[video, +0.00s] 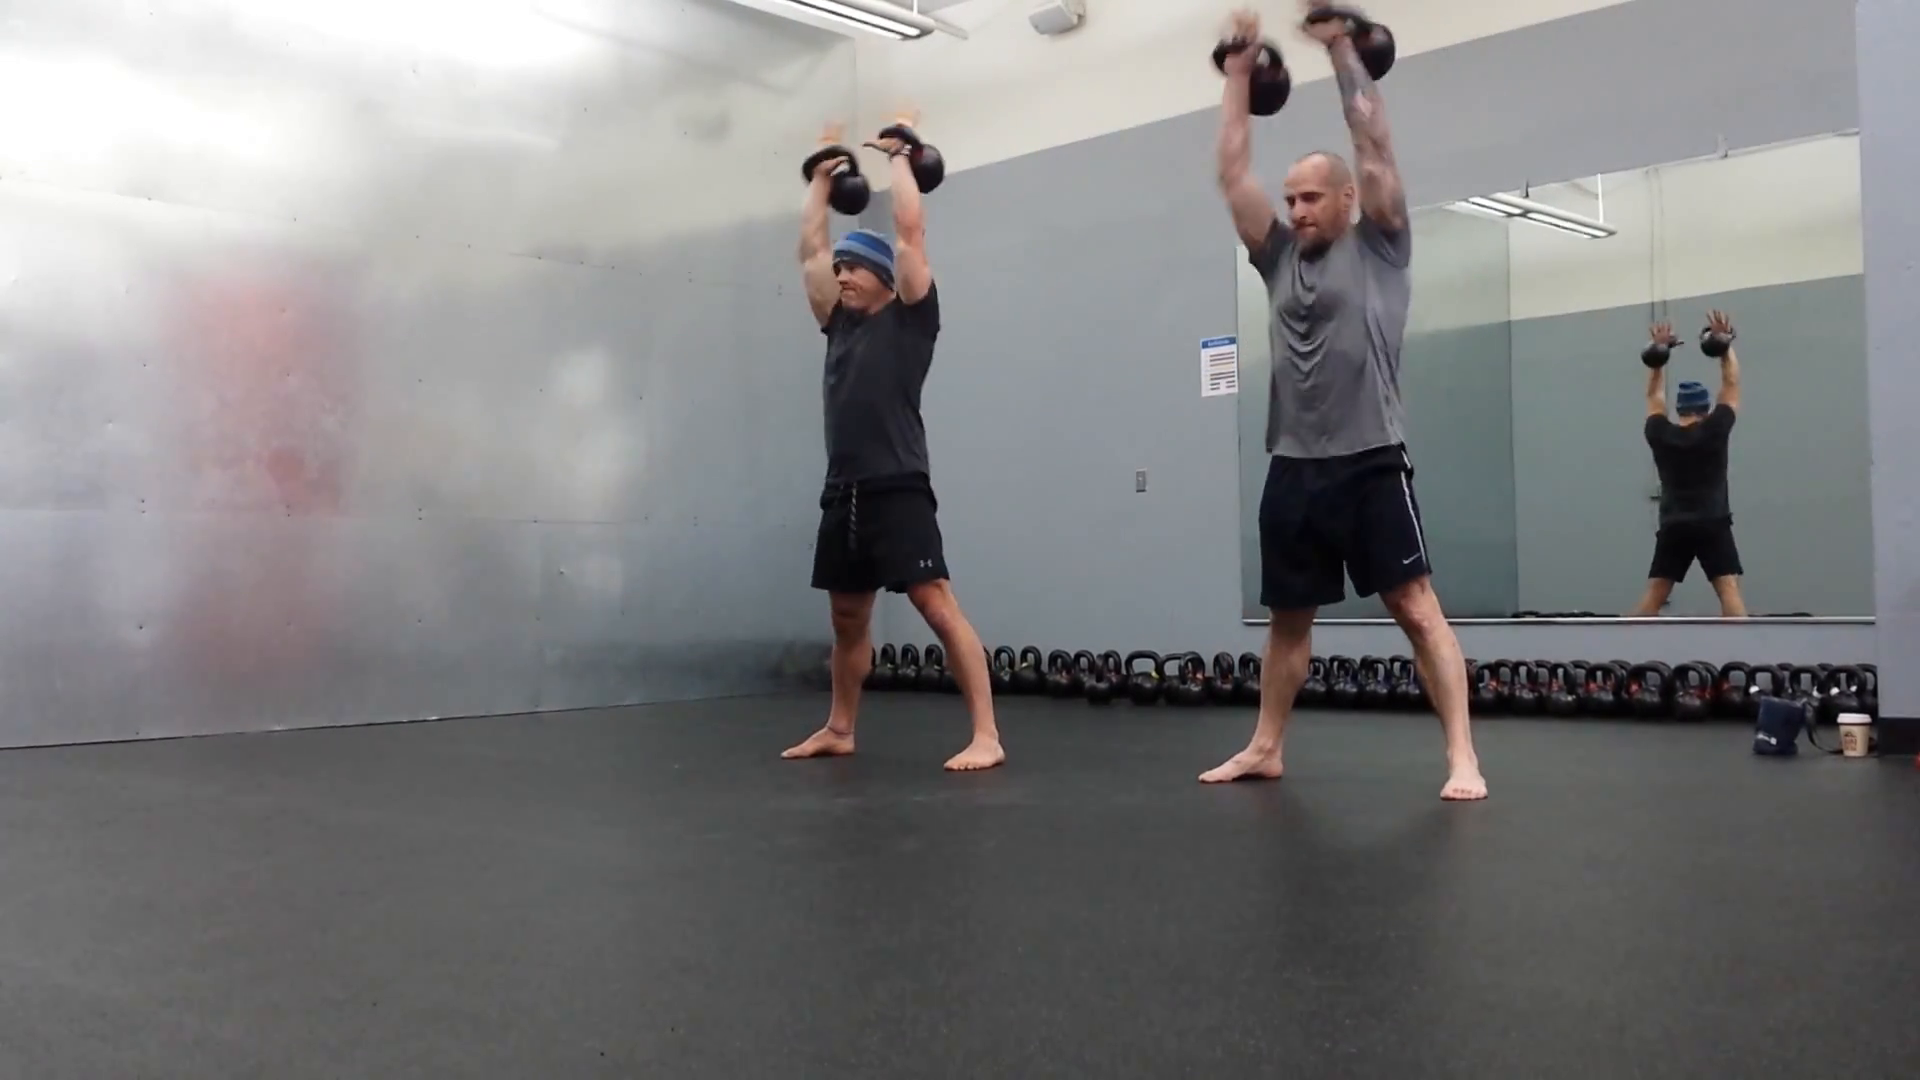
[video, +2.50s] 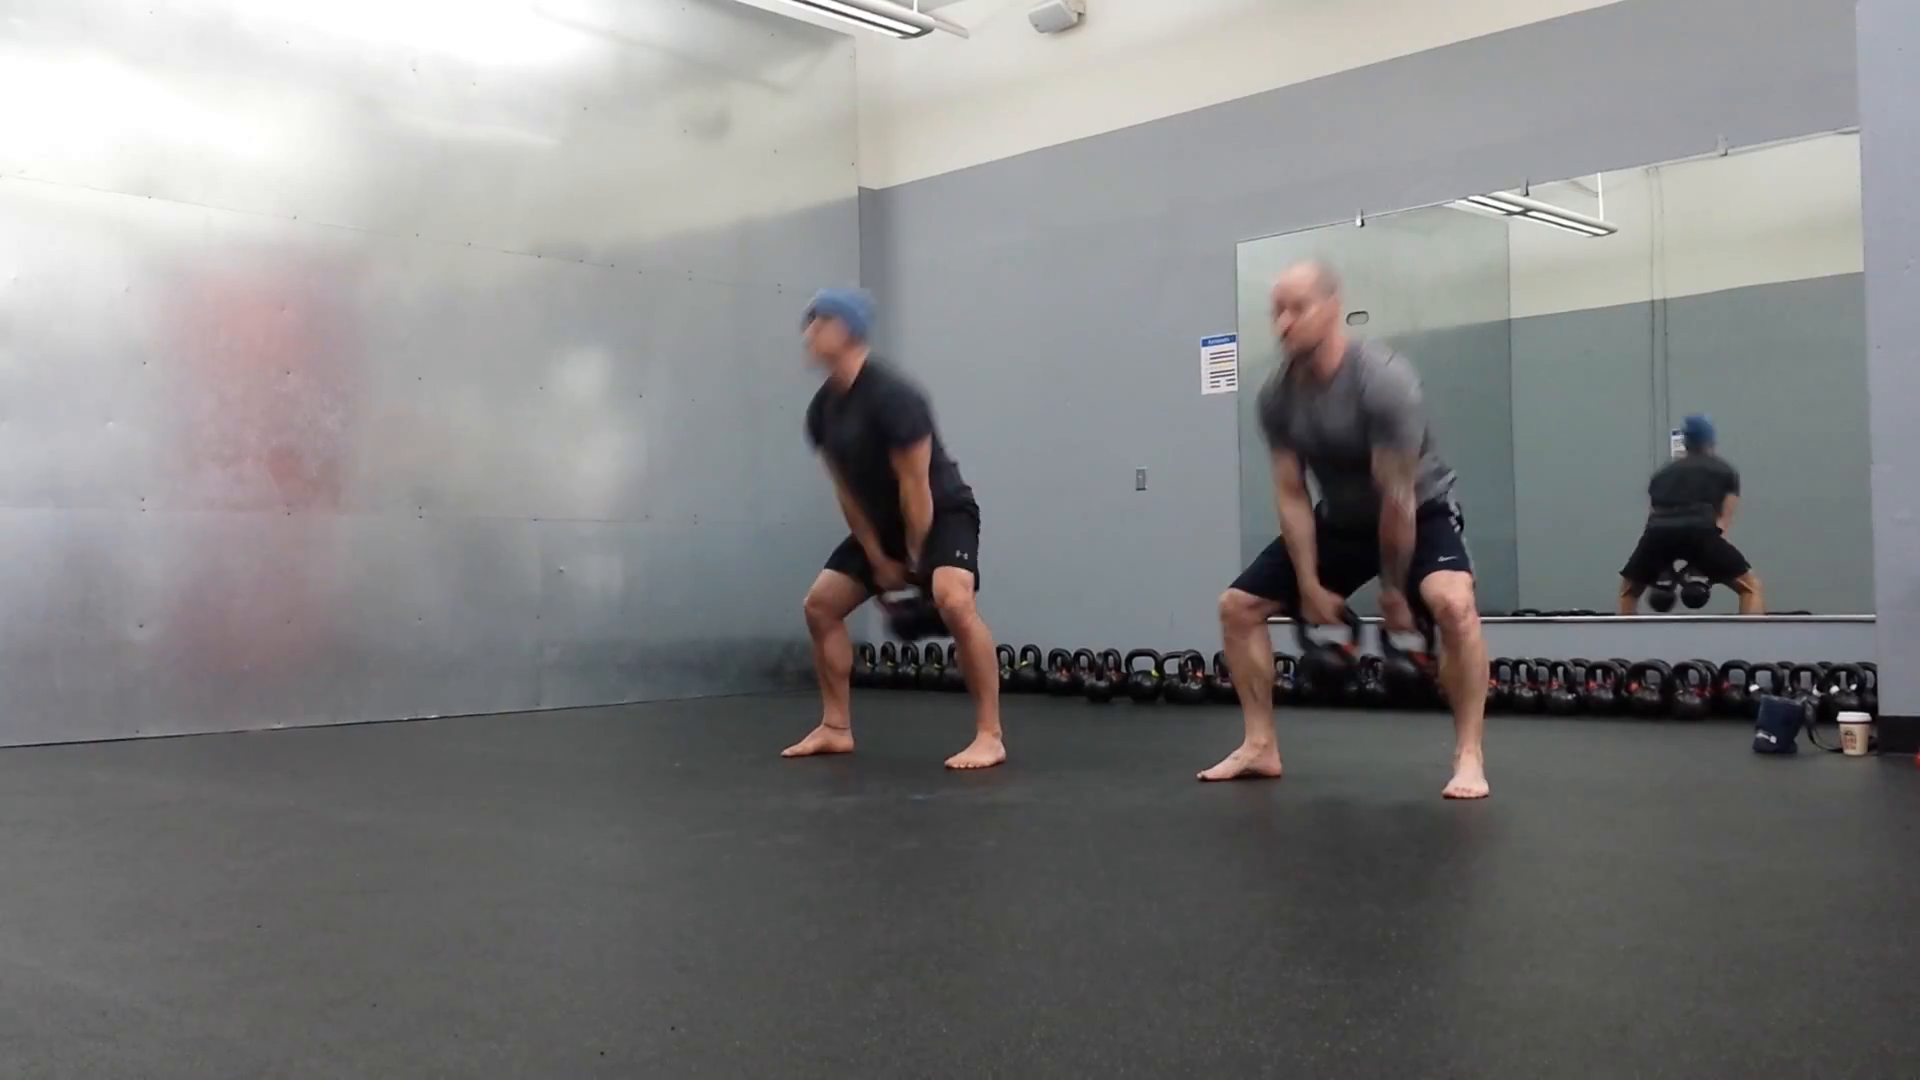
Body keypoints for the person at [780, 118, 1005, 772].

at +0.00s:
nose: (844, 278)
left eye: (854, 269)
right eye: (842, 270)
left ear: (885, 275)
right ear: (841, 280)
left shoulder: (911, 318)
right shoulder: (840, 324)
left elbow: (910, 232)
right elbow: (812, 251)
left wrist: (901, 157)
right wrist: (821, 180)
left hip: (899, 486)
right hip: (843, 490)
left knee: (939, 609)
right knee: (848, 619)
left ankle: (986, 737)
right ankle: (840, 729)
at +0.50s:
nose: (859, 271)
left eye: (869, 263)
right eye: (857, 264)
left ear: (899, 275)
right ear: (858, 281)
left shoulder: (919, 319)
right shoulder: (850, 325)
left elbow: (931, 232)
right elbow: (818, 255)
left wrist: (920, 164)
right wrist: (836, 184)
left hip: (898, 485)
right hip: (843, 489)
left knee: (937, 607)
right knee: (848, 617)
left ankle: (986, 735)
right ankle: (840, 727)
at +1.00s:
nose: (890, 282)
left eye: (902, 273)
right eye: (886, 273)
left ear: (926, 283)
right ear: (881, 284)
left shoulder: (951, 337)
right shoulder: (871, 345)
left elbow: (924, 346)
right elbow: (804, 362)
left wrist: (913, 282)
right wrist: (819, 298)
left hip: (912, 491)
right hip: (856, 492)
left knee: (944, 609)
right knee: (852, 618)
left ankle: (986, 736)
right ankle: (839, 727)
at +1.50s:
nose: (869, 275)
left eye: (879, 267)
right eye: (867, 269)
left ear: (910, 278)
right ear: (869, 282)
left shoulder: (936, 334)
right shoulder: (858, 347)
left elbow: (910, 393)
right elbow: (824, 415)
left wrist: (891, 325)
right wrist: (820, 347)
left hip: (908, 492)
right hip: (852, 494)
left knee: (942, 608)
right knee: (849, 618)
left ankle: (987, 736)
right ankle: (839, 727)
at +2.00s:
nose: (850, 331)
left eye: (858, 319)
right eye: (845, 321)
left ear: (889, 316)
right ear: (846, 324)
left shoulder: (931, 364)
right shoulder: (857, 383)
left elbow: (934, 451)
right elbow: (846, 457)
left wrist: (888, 508)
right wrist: (826, 519)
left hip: (960, 501)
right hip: (908, 511)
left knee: (961, 597)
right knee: (841, 606)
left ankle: (989, 736)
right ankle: (837, 727)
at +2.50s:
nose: (809, 331)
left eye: (822, 321)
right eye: (810, 322)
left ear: (851, 332)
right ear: (820, 335)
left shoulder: (895, 397)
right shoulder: (823, 410)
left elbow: (917, 488)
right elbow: (846, 492)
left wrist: (914, 559)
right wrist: (877, 558)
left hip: (942, 513)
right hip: (883, 519)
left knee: (953, 601)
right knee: (821, 607)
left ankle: (990, 735)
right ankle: (836, 727)